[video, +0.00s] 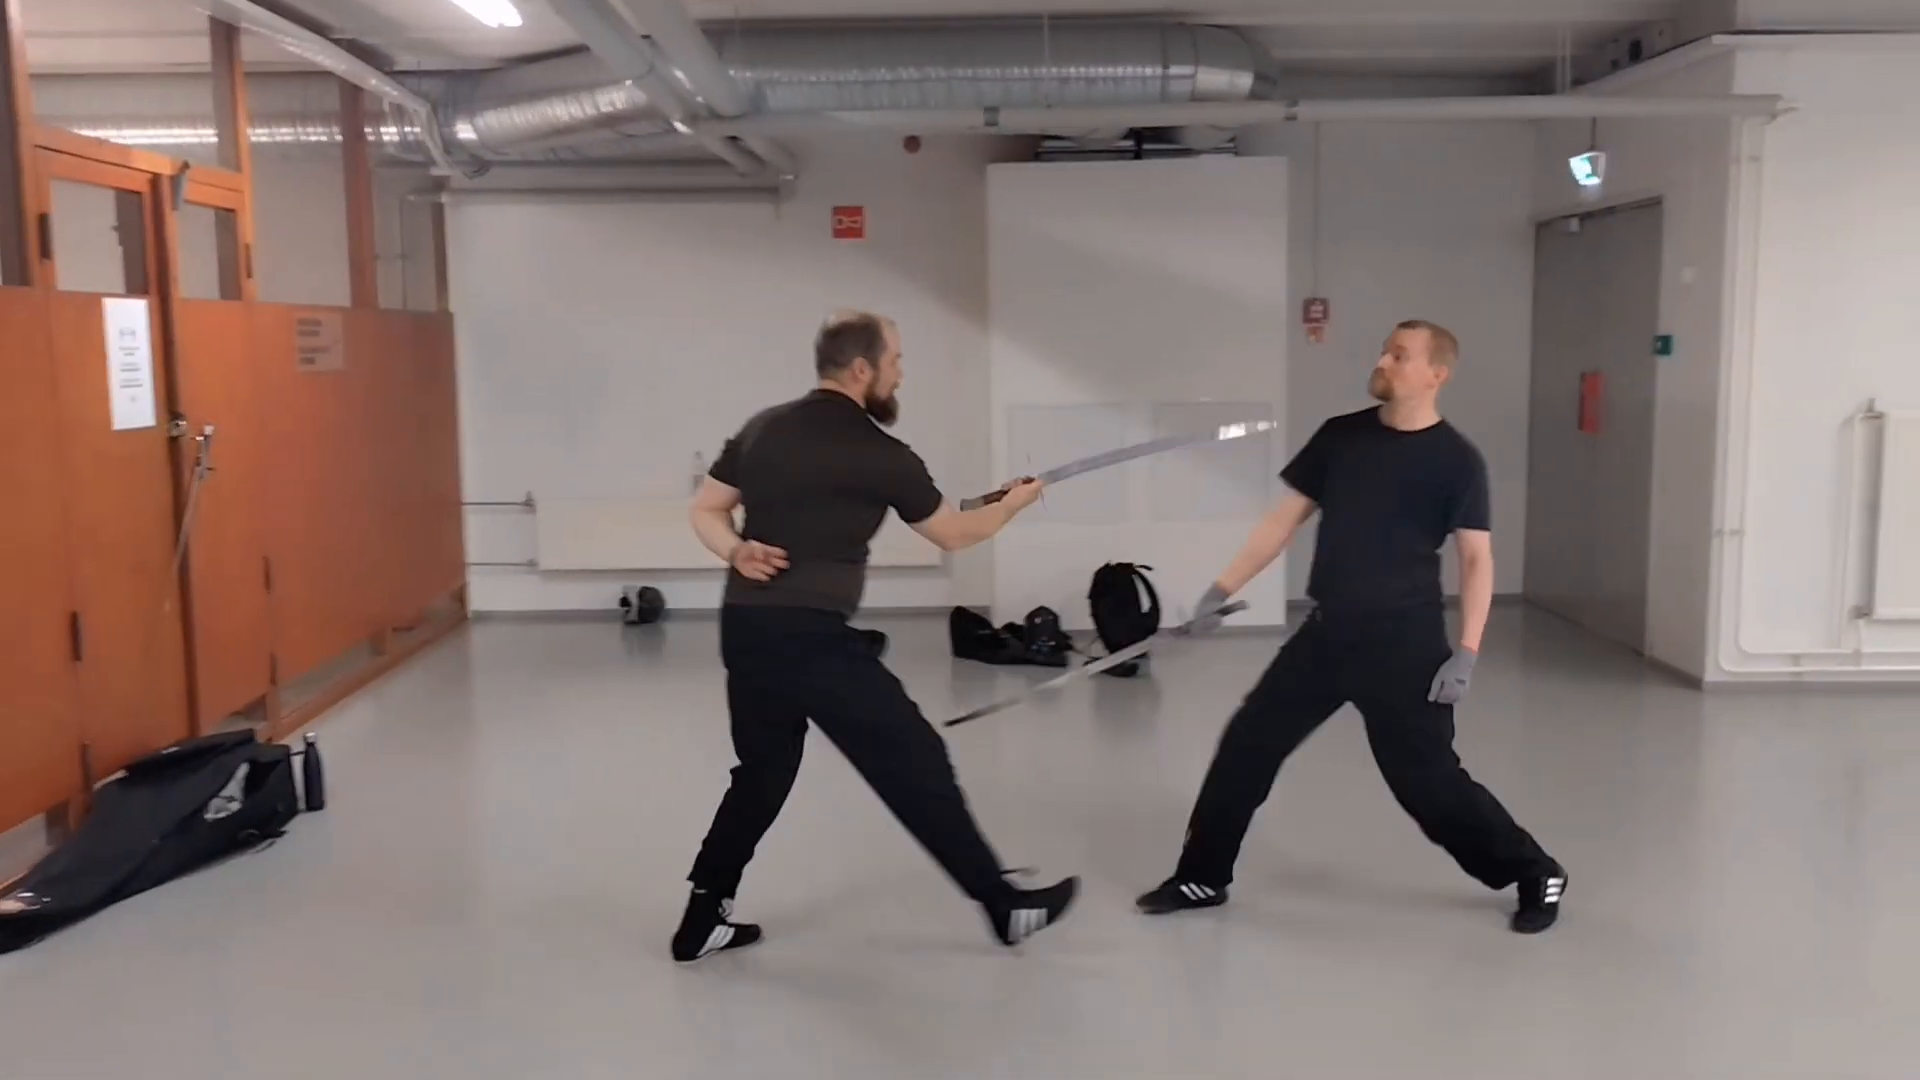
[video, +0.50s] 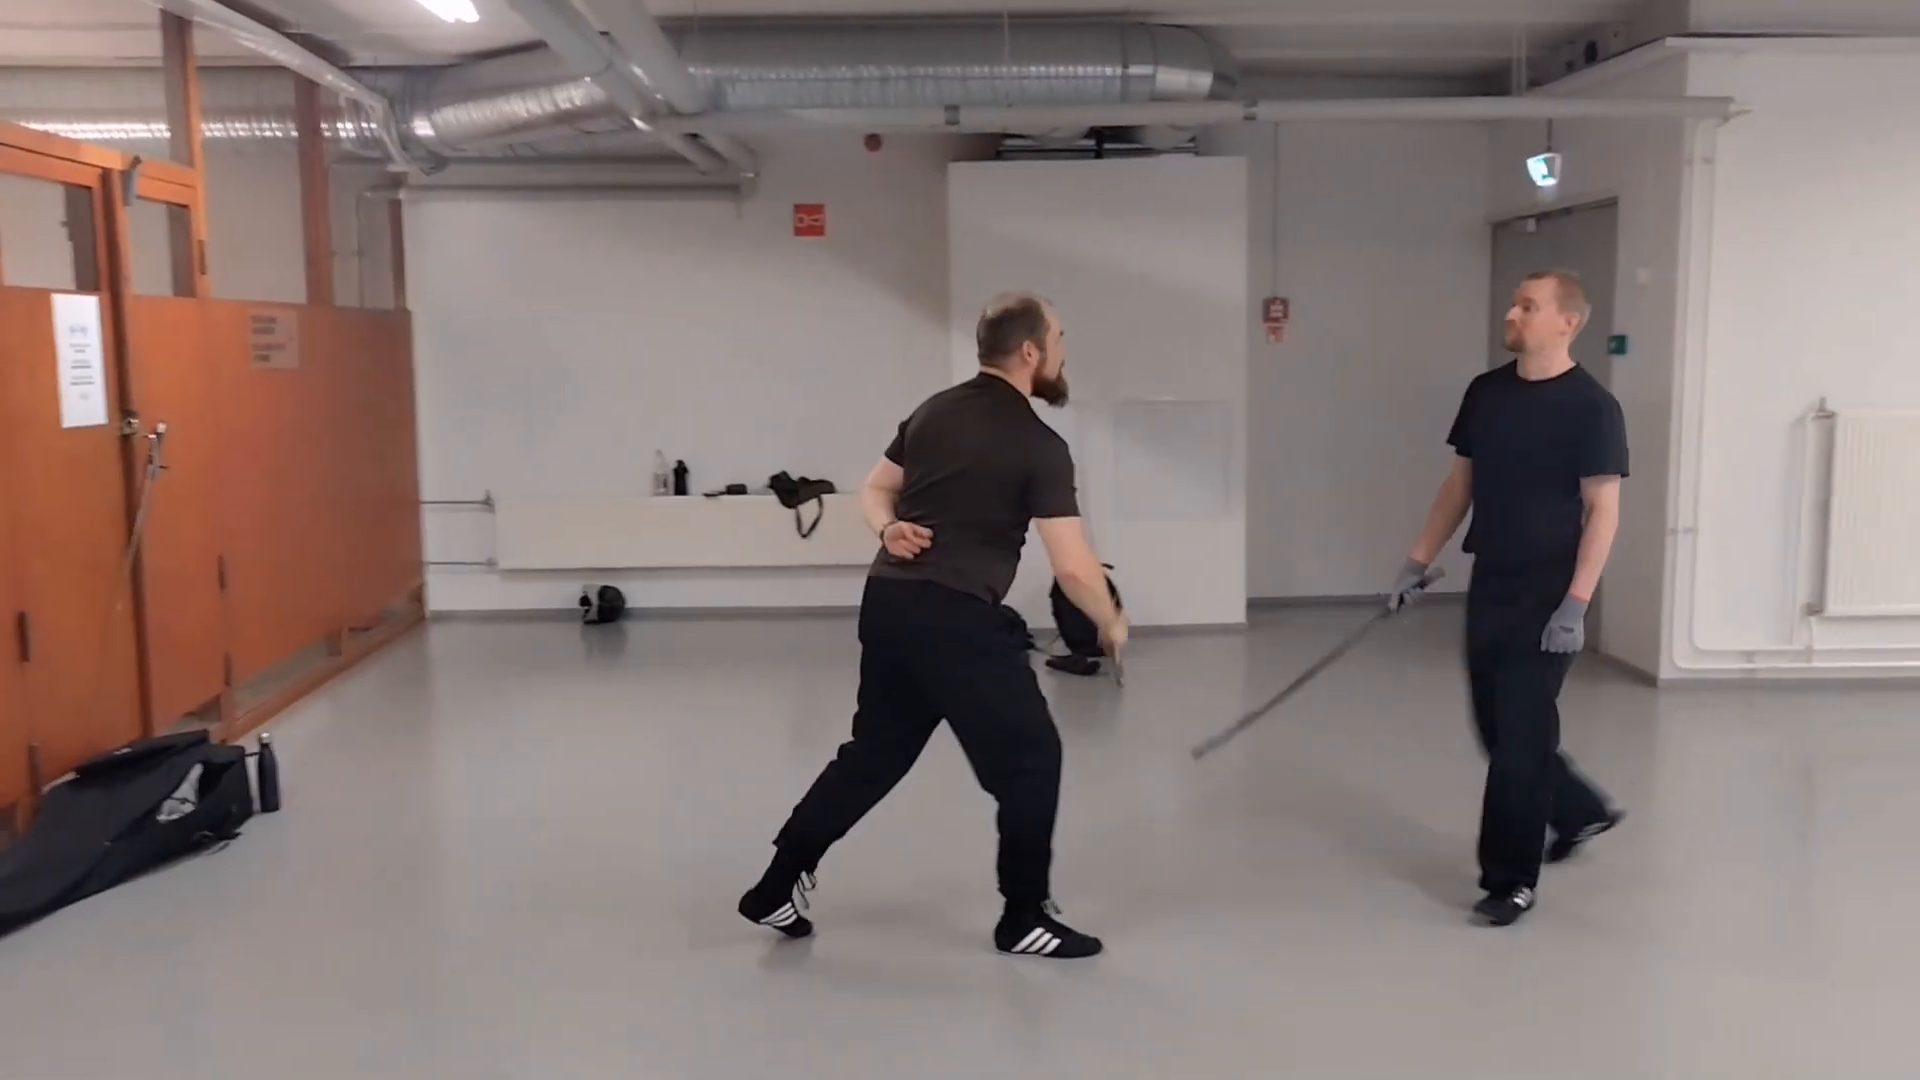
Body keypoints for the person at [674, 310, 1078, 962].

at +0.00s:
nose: (901, 372)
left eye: (899, 360)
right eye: (894, 361)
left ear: (835, 370)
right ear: (861, 369)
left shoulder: (766, 429)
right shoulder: (880, 453)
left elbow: (706, 509)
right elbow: (951, 532)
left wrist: (735, 549)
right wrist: (1011, 505)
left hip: (746, 631)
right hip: (815, 633)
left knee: (763, 771)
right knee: (913, 757)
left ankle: (700, 920)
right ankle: (1003, 902)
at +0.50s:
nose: (1064, 351)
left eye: (1061, 338)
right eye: (1058, 339)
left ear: (998, 354)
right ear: (1030, 352)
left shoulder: (935, 412)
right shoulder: (1039, 444)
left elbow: (877, 489)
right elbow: (1072, 564)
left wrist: (887, 527)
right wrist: (1109, 618)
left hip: (889, 606)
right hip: (962, 618)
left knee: (876, 754)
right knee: (1031, 758)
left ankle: (776, 888)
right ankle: (1024, 918)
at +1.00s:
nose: (925, 350)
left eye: (922, 338)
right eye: (916, 337)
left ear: (872, 348)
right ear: (882, 346)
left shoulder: (841, 413)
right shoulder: (859, 416)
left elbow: (796, 534)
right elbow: (854, 522)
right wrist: (881, 616)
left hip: (815, 612)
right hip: (837, 612)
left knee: (839, 756)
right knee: (921, 755)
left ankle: (757, 892)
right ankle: (979, 908)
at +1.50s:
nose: (740, 362)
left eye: (736, 349)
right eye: (728, 350)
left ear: (693, 362)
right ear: (689, 361)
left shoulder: (680, 431)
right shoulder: (646, 422)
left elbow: (637, 519)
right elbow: (595, 520)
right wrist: (626, 615)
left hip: (651, 629)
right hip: (594, 630)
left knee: (713, 752)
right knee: (537, 767)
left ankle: (720, 897)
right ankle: (424, 899)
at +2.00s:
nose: (576, 356)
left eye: (574, 343)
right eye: (566, 342)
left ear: (530, 351)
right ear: (522, 349)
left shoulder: (548, 438)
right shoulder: (440, 416)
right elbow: (355, 503)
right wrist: (304, 596)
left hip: (494, 625)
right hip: (417, 620)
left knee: (550, 748)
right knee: (414, 776)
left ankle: (540, 901)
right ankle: (378, 925)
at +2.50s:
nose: (557, 353)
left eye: (554, 340)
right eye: (546, 340)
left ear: (505, 347)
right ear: (505, 346)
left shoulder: (499, 418)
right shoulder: (463, 411)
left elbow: (476, 519)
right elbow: (493, 514)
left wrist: (417, 546)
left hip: (486, 619)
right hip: (433, 617)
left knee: (564, 739)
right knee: (420, 776)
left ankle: (619, 879)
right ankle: (368, 920)